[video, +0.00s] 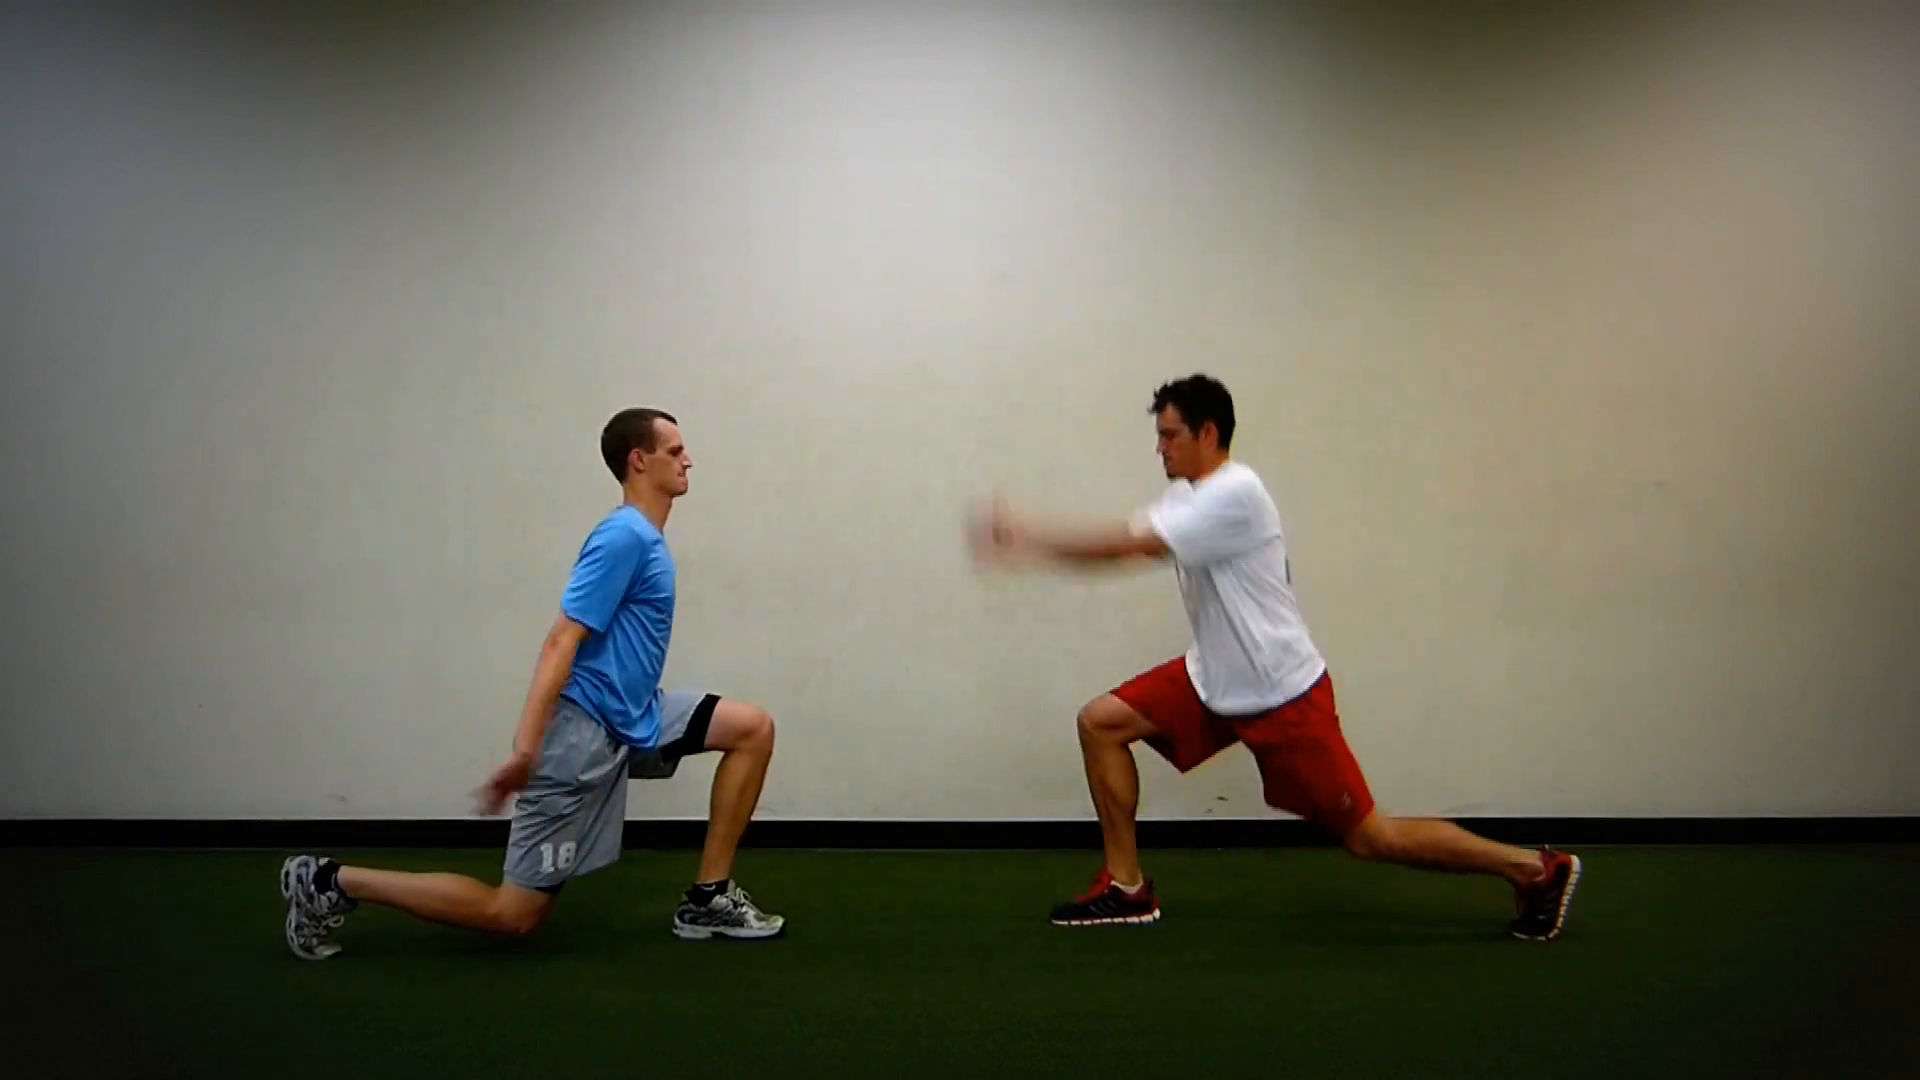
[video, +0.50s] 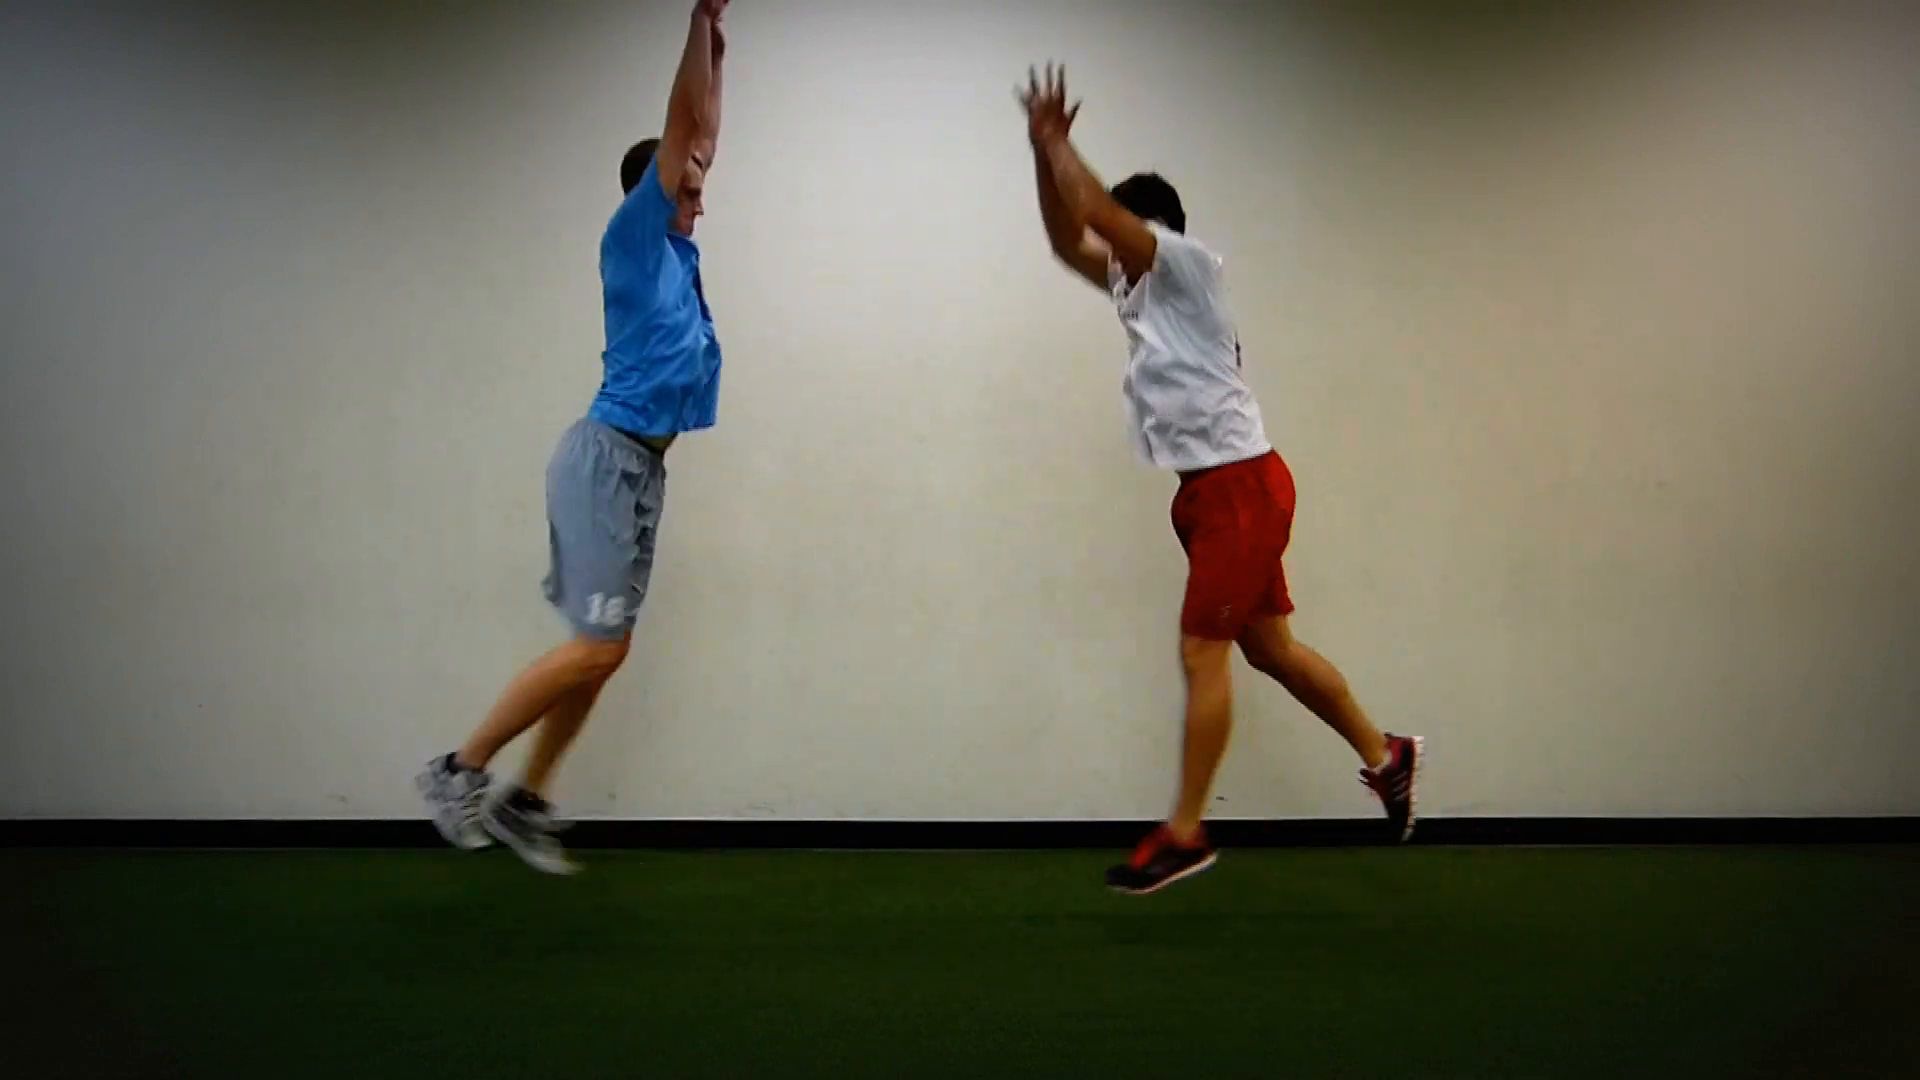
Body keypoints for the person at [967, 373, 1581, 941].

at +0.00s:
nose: (1159, 448)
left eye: (1169, 435)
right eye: (1158, 436)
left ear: (1209, 436)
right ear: (1190, 437)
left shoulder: (1236, 493)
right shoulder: (1186, 495)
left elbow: (1130, 547)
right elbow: (1121, 549)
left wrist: (1030, 541)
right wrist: (1033, 546)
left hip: (1281, 687)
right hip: (1215, 675)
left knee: (1368, 836)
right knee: (1102, 724)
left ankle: (1537, 870)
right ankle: (1124, 886)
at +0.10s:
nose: (1137, 366)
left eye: (1144, 354)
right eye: (1138, 356)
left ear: (1179, 359)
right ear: (1170, 365)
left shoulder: (1206, 405)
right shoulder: (1170, 417)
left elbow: (1108, 372)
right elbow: (1094, 378)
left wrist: (1052, 292)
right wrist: (1048, 298)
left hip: (1272, 617)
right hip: (1206, 622)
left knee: (1374, 745)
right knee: (1117, 714)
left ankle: (1509, 857)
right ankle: (1123, 880)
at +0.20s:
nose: (1114, 284)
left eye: (1125, 267)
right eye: (1112, 272)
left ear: (1156, 266)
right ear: (1136, 274)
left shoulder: (1186, 312)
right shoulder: (1152, 338)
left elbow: (1113, 244)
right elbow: (1103, 249)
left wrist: (1099, 154)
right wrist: (1096, 157)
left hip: (1260, 523)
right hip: (1208, 536)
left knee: (1349, 670)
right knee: (1198, 700)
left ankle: (1435, 818)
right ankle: (1149, 836)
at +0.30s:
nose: (1109, 221)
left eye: (1118, 202)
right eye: (1102, 209)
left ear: (1152, 199)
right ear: (1112, 217)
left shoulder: (1187, 255)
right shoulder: (1145, 276)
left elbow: (1120, 169)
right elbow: (1094, 185)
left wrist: (1102, 96)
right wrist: (1088, 98)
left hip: (1247, 473)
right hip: (1195, 484)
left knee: (1302, 638)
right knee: (1216, 643)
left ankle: (1352, 803)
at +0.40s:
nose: (1112, 215)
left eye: (1121, 197)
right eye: (1109, 204)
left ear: (1156, 193)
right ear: (1124, 208)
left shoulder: (1189, 244)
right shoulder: (1144, 260)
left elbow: (1111, 166)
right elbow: (1083, 189)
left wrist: (1079, 88)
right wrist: (1061, 95)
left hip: (1236, 462)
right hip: (1199, 470)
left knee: (1253, 636)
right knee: (1257, 633)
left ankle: (1268, 809)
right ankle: (1347, 755)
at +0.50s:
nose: (1109, 240)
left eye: (1115, 224)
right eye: (1107, 230)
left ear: (1147, 221)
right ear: (1133, 232)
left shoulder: (1186, 267)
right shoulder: (1140, 286)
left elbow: (1098, 213)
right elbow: (1068, 244)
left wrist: (1058, 146)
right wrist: (1043, 157)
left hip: (1240, 489)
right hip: (1207, 495)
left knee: (1204, 652)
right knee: (1272, 646)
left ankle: (1184, 831)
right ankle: (1383, 757)